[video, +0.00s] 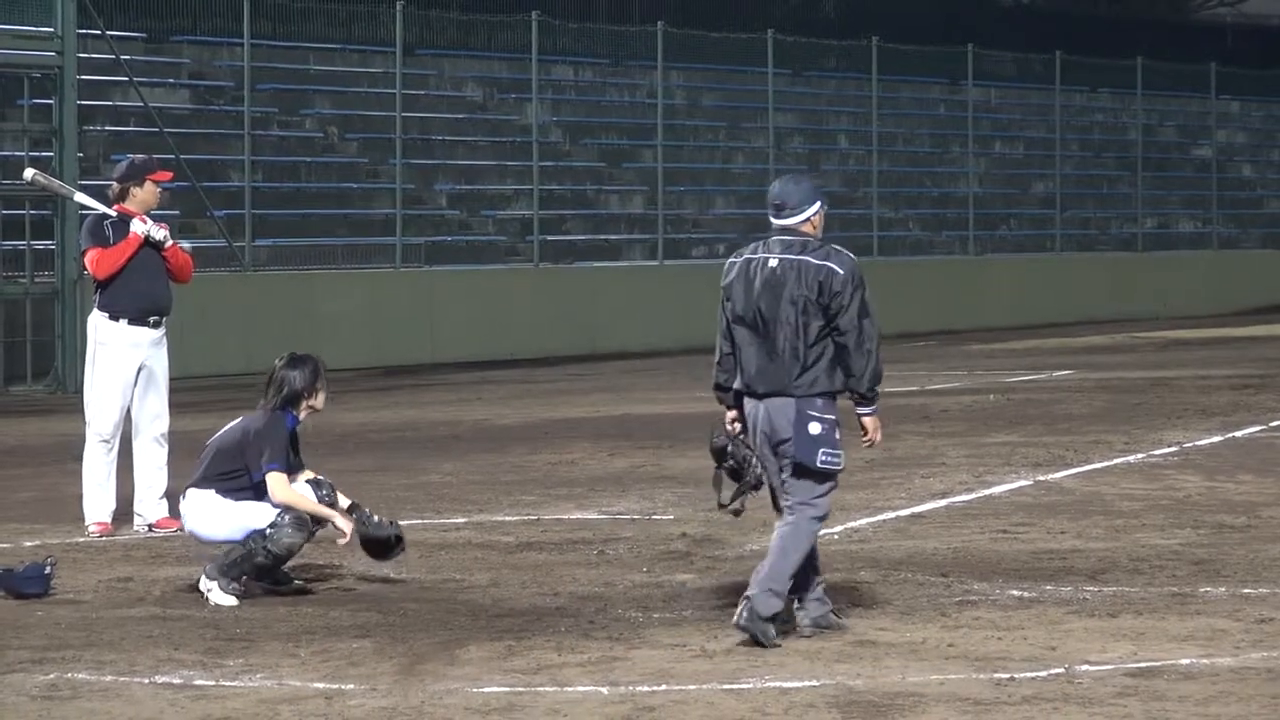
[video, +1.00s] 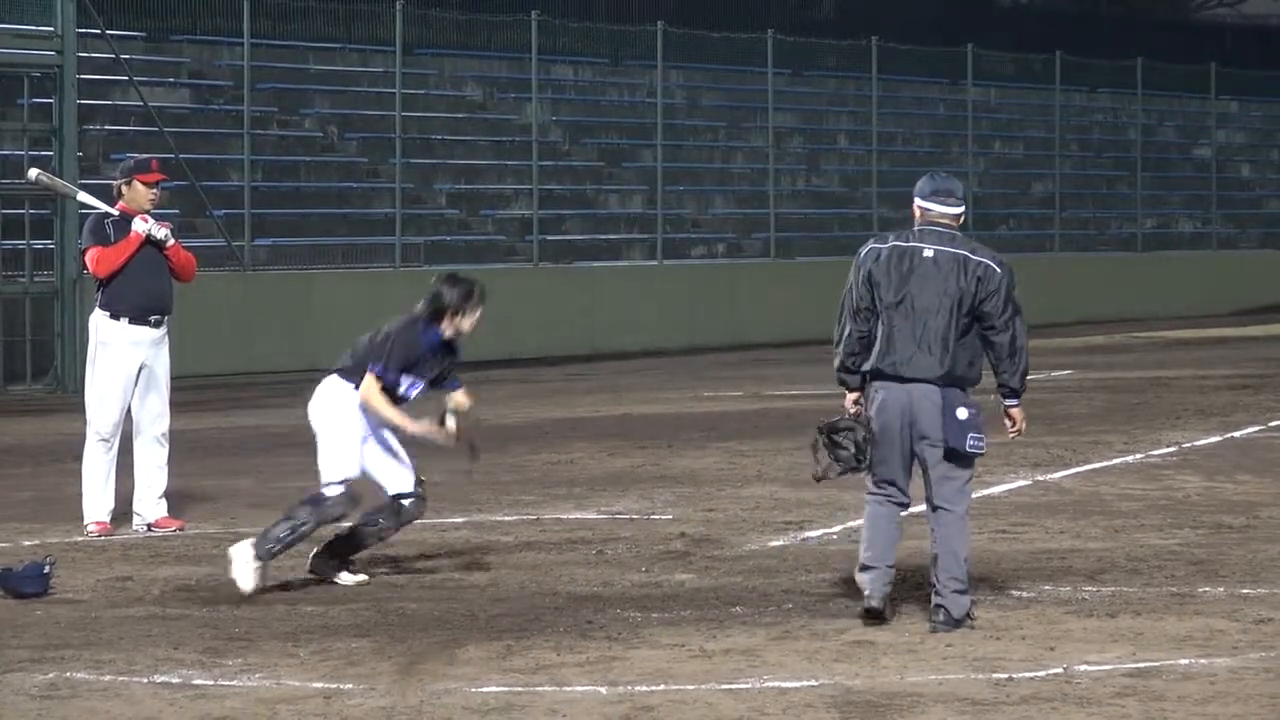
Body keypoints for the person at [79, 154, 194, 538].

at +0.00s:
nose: (159, 191)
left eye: (159, 185)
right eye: (154, 185)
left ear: (138, 189)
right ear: (132, 188)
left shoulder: (155, 229)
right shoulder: (100, 222)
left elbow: (185, 273)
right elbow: (99, 268)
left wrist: (166, 243)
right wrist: (137, 236)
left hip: (155, 335)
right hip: (114, 334)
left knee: (153, 428)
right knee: (104, 429)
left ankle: (152, 512)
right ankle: (99, 517)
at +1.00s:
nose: (156, 191)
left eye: (157, 186)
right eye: (149, 185)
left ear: (153, 190)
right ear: (125, 186)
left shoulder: (158, 228)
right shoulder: (101, 222)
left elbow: (188, 271)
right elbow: (99, 266)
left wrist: (168, 242)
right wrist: (138, 235)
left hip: (156, 335)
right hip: (115, 333)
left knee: (154, 427)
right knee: (104, 428)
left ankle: (151, 512)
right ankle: (98, 516)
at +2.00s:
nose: (186, 193)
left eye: (186, 186)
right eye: (180, 186)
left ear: (171, 189)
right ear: (156, 188)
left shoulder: (179, 229)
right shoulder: (126, 223)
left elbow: (207, 277)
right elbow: (129, 268)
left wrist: (194, 248)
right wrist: (167, 238)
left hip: (172, 336)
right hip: (134, 331)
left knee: (160, 429)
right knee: (124, 422)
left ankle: (150, 513)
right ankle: (103, 512)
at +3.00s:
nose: (222, 188)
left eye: (221, 182)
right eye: (216, 182)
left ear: (203, 186)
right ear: (193, 186)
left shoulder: (215, 227)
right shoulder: (167, 225)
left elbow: (219, 276)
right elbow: (153, 281)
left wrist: (228, 316)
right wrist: (176, 325)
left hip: (215, 337)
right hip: (178, 336)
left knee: (221, 421)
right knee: (175, 427)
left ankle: (192, 502)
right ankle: (178, 514)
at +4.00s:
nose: (313, 189)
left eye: (313, 183)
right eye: (307, 183)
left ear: (296, 186)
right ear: (284, 185)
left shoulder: (303, 228)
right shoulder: (257, 221)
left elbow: (306, 282)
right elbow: (241, 277)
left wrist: (319, 330)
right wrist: (256, 331)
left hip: (297, 337)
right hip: (265, 333)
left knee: (289, 430)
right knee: (269, 427)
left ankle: (272, 517)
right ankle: (285, 517)